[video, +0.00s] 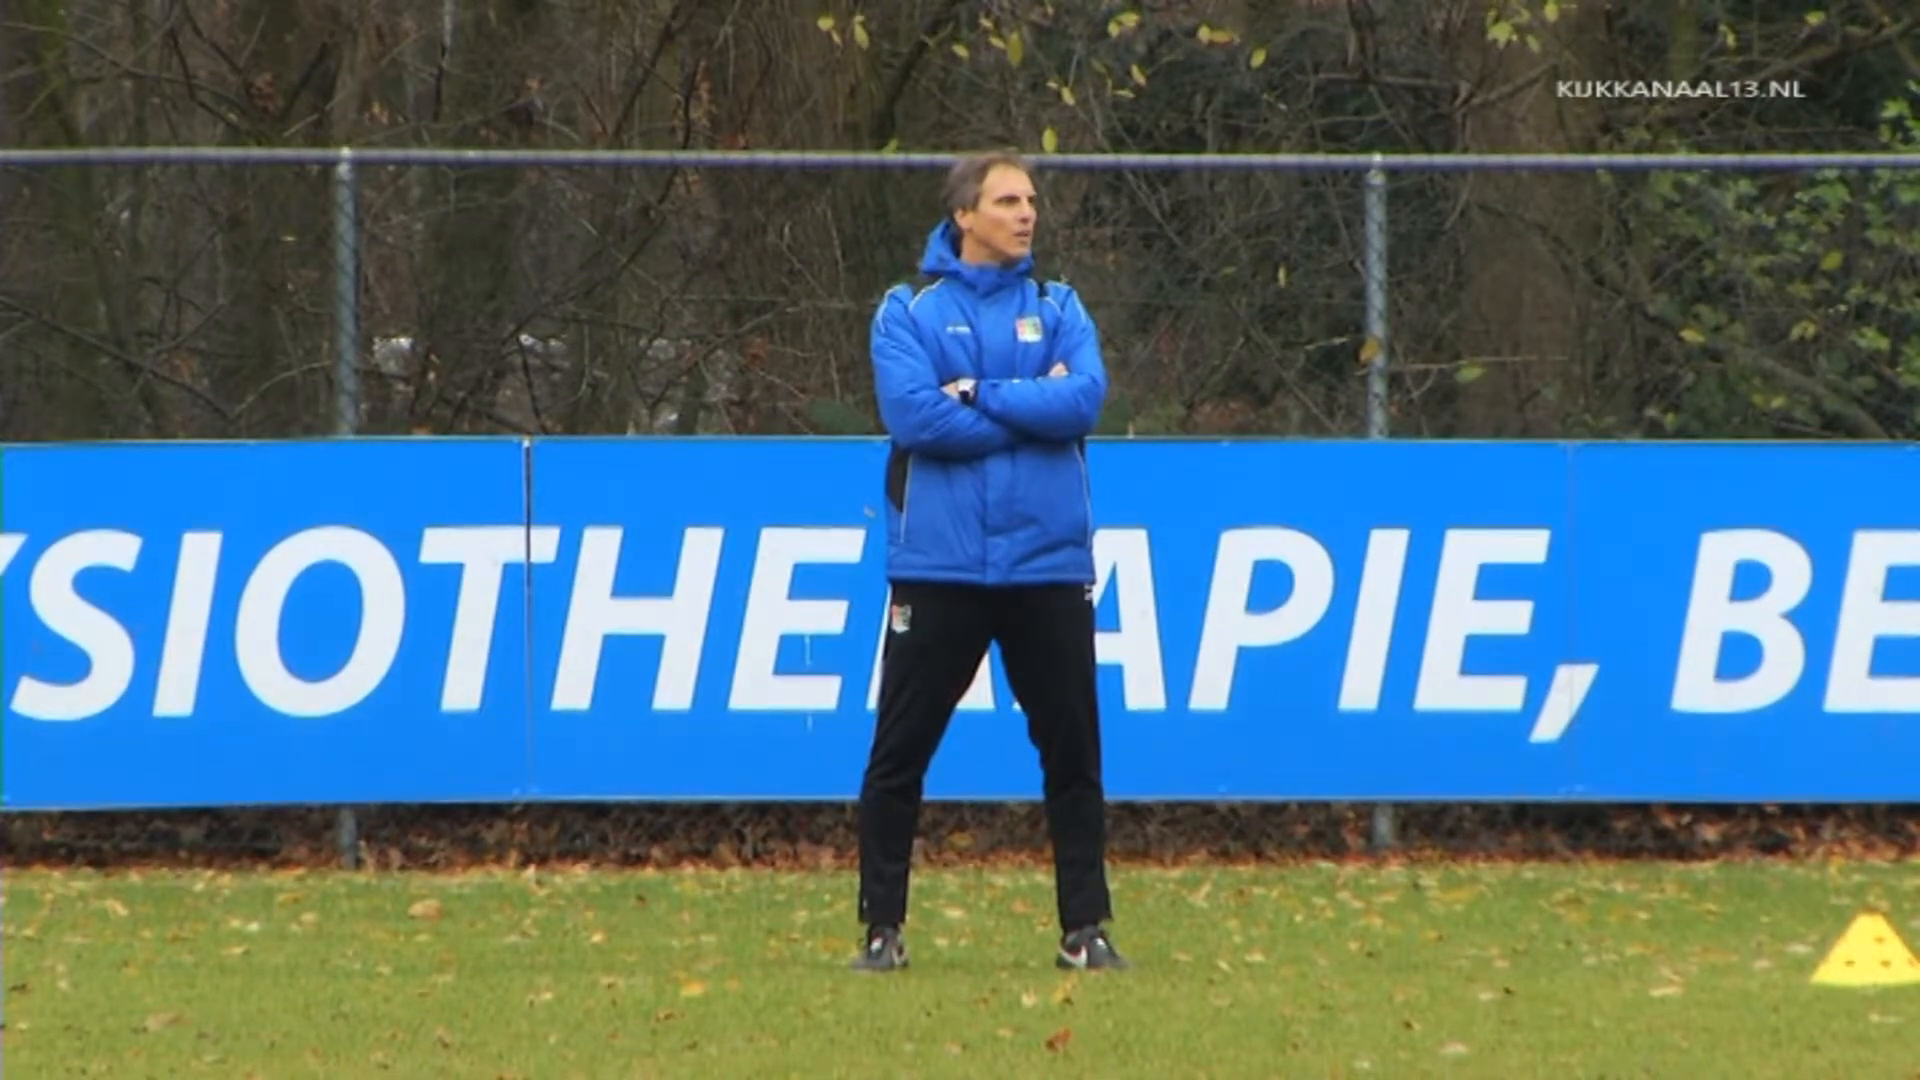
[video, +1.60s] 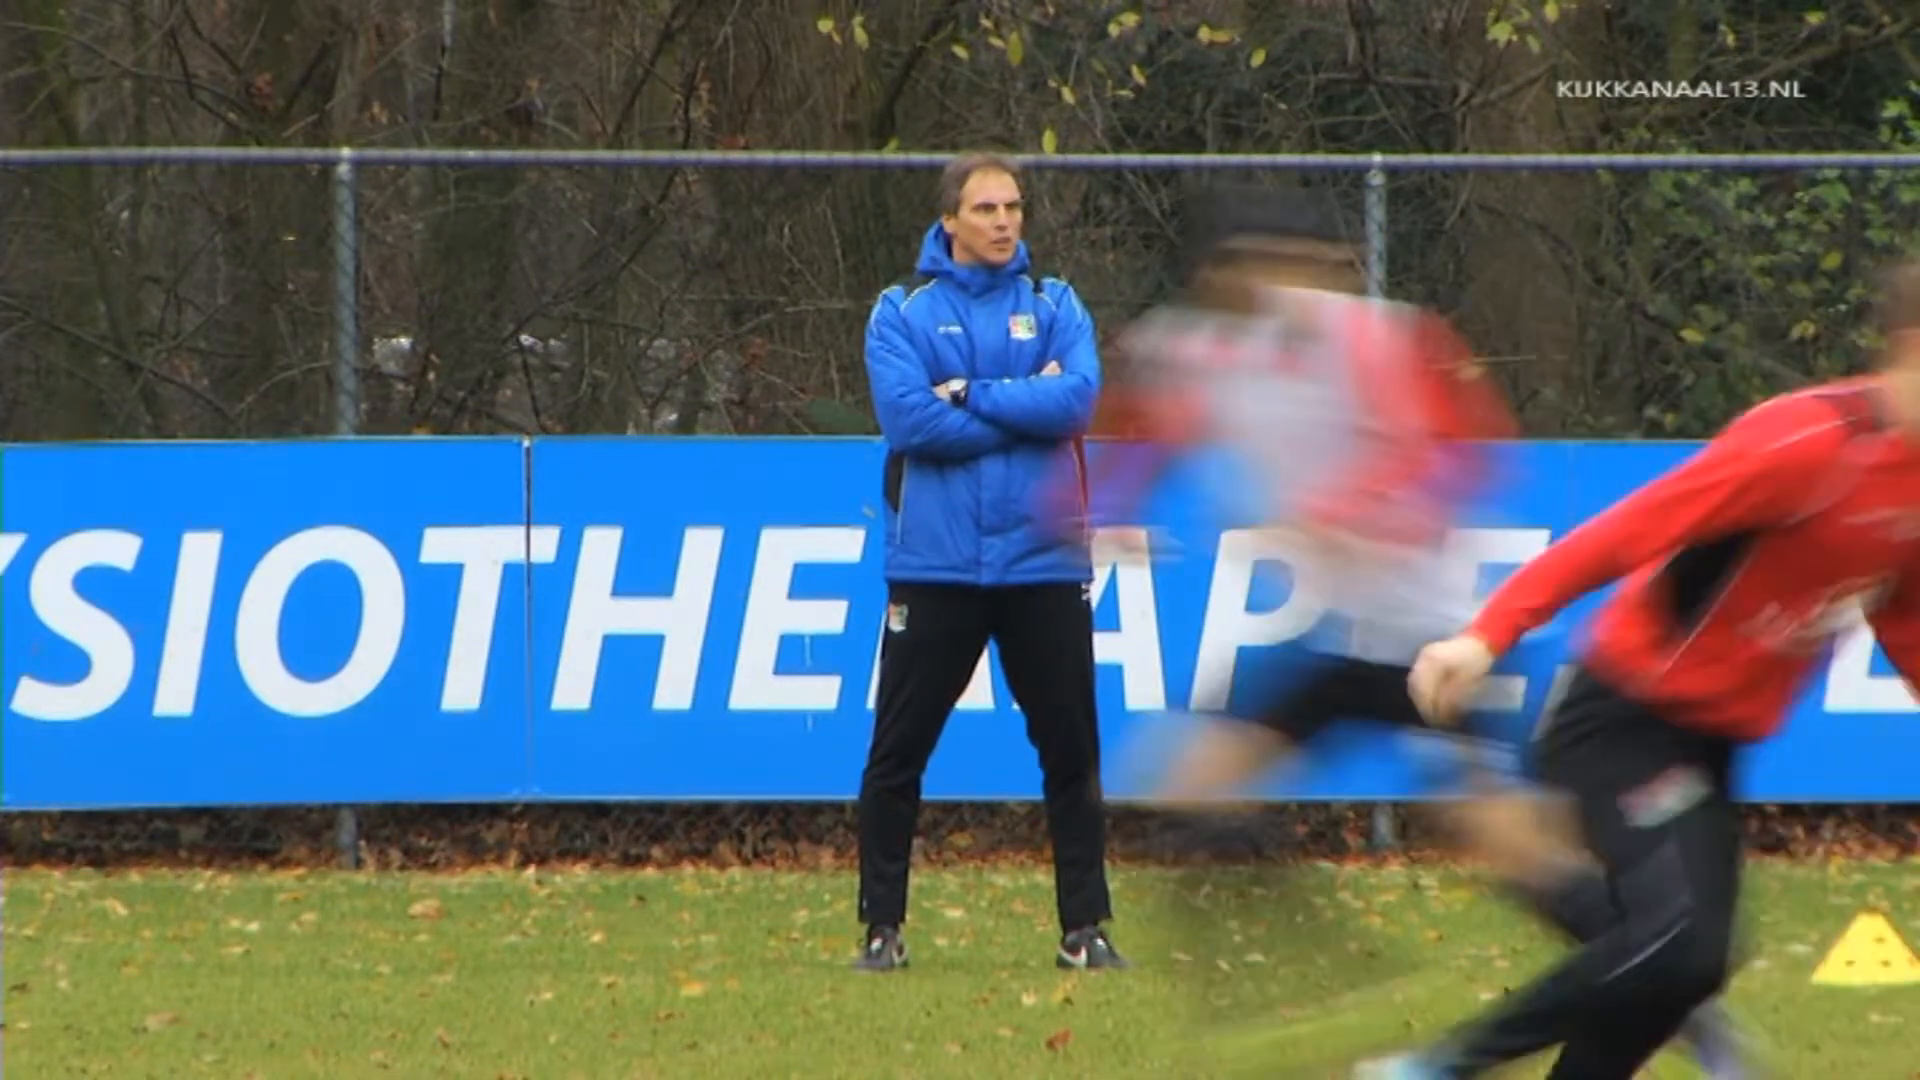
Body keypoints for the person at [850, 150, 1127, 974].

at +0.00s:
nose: (1027, 214)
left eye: (1031, 202)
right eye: (1010, 202)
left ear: (1033, 216)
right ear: (964, 218)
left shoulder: (1059, 306)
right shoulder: (906, 310)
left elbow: (1082, 401)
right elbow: (917, 423)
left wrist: (975, 391)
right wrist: (1027, 412)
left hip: (1050, 567)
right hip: (941, 569)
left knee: (1073, 750)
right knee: (901, 752)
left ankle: (1085, 931)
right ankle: (882, 929)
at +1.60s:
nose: (1003, 221)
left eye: (1012, 208)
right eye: (986, 209)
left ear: (1024, 218)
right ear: (950, 221)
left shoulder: (1057, 305)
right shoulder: (899, 312)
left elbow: (1075, 401)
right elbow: (912, 425)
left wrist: (964, 392)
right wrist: (1023, 413)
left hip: (1045, 567)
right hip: (937, 570)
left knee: (1071, 751)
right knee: (899, 753)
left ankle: (1085, 930)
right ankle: (882, 929)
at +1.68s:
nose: (1000, 228)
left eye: (1012, 212)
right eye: (984, 213)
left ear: (1032, 218)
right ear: (951, 221)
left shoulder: (1060, 314)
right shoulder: (905, 318)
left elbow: (1094, 421)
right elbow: (915, 437)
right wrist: (993, 344)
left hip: (1044, 567)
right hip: (940, 570)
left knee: (1070, 742)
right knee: (899, 749)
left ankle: (1085, 927)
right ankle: (883, 926)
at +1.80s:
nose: (1001, 221)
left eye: (1012, 207)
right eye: (984, 208)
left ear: (1025, 217)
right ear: (950, 220)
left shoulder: (1057, 304)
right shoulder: (900, 311)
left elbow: (1076, 400)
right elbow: (912, 430)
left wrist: (964, 395)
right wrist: (1023, 411)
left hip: (1048, 566)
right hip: (936, 570)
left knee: (1070, 751)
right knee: (899, 750)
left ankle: (1086, 928)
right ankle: (881, 924)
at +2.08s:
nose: (996, 219)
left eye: (1007, 205)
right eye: (979, 206)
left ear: (1023, 216)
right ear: (950, 218)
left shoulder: (1059, 305)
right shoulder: (900, 312)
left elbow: (1076, 403)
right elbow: (911, 423)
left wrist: (965, 392)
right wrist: (1020, 415)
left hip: (1044, 567)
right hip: (934, 568)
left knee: (1070, 750)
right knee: (898, 751)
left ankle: (1085, 930)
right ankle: (882, 929)